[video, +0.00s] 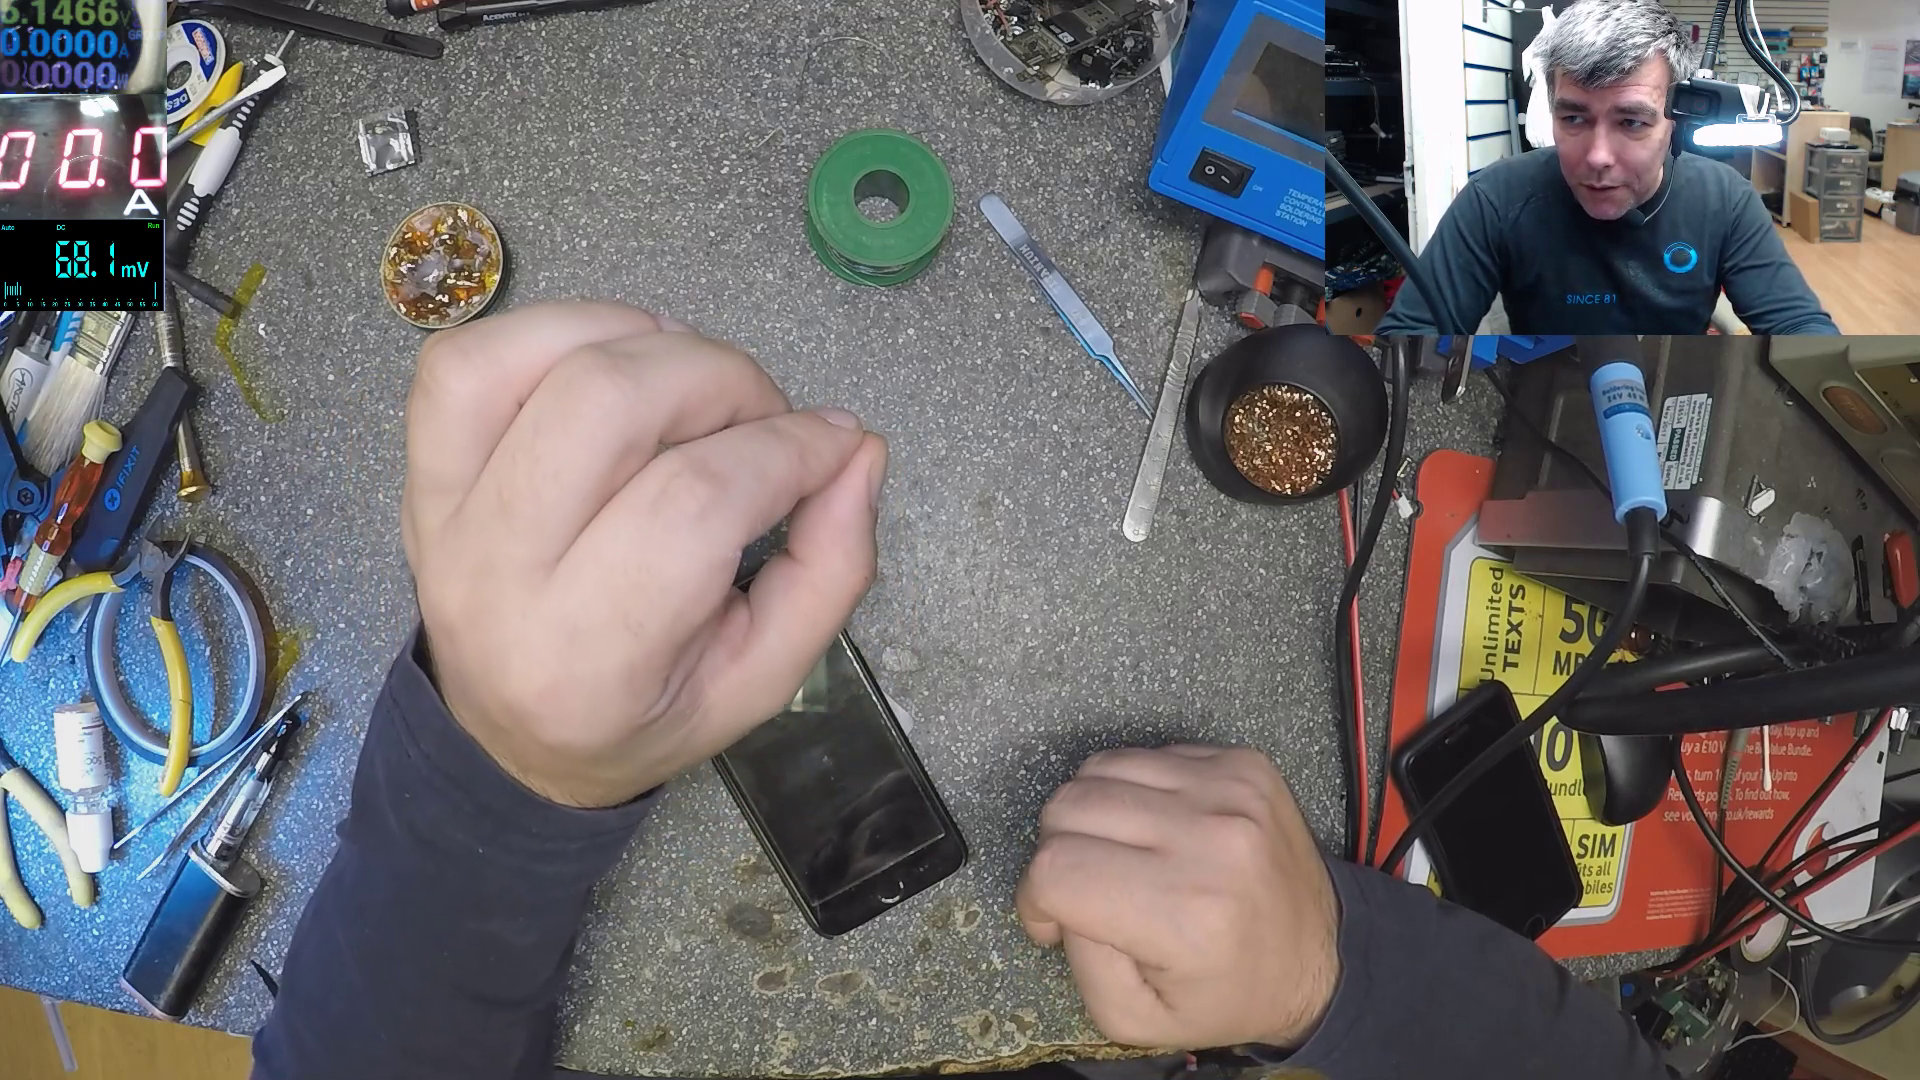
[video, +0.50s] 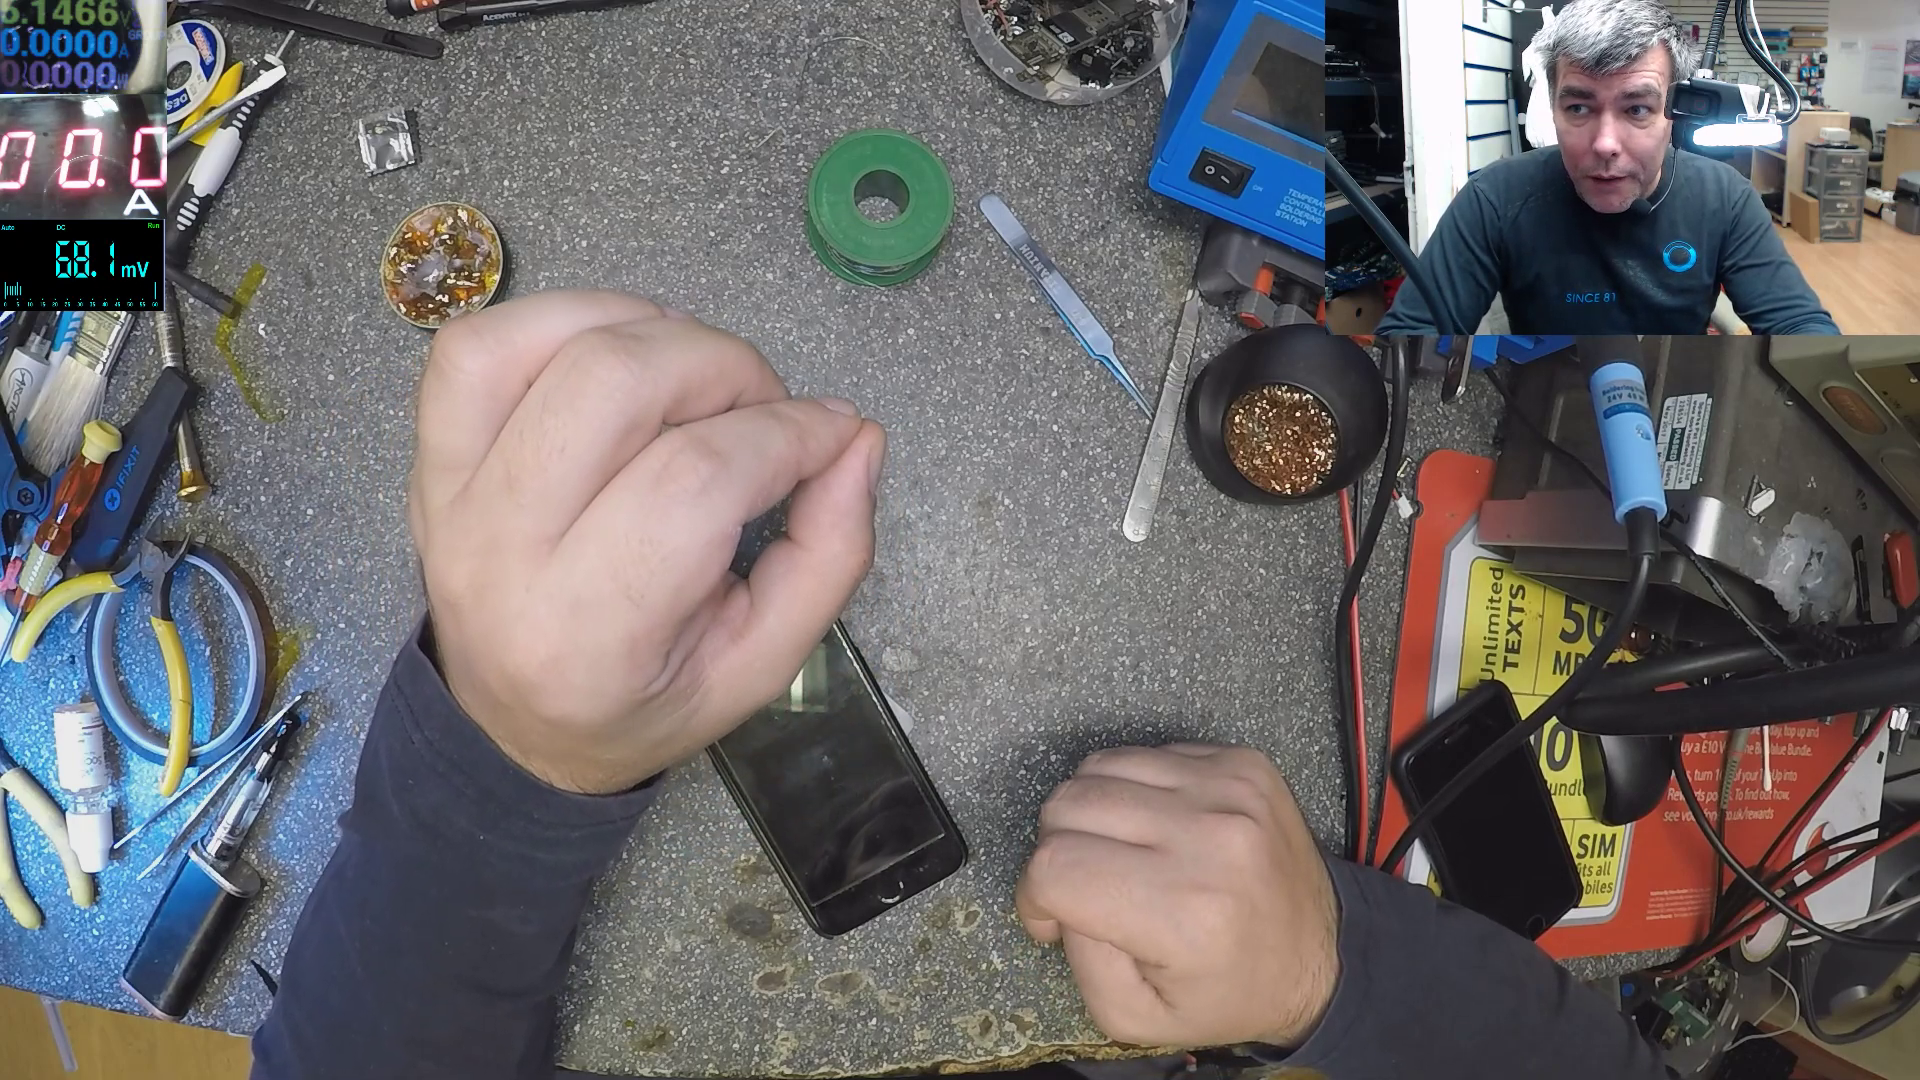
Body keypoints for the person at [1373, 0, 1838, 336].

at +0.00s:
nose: (1599, 158)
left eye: (1632, 123)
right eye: (1575, 119)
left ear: (1670, 119)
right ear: (1549, 111)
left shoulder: (1722, 201)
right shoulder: (1496, 203)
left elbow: (1802, 329)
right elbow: (1407, 338)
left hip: (1680, 421)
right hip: (1544, 421)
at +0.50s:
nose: (1606, 145)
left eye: (1636, 111)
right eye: (1579, 109)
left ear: (1670, 113)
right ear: (1550, 109)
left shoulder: (1722, 199)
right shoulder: (1495, 203)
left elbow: (1801, 327)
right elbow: (1407, 337)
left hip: (1681, 421)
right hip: (1544, 422)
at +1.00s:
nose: (1598, 141)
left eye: (1631, 107)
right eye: (1574, 104)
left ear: (1668, 110)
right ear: (1549, 107)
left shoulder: (1722, 199)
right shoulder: (1496, 203)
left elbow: (1801, 327)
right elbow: (1408, 337)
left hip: (1683, 418)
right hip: (1545, 420)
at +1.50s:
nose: (1588, 142)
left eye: (1622, 110)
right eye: (1567, 106)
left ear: (1665, 116)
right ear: (1543, 109)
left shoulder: (1720, 199)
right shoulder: (1495, 203)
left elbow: (1802, 329)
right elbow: (1407, 338)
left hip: (1680, 423)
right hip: (1544, 424)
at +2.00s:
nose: (1589, 135)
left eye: (1623, 103)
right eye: (1568, 101)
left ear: (1666, 111)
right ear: (1545, 108)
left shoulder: (1721, 200)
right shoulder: (1496, 203)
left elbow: (1802, 329)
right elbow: (1407, 337)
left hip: (1681, 419)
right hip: (1544, 420)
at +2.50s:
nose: (1590, 148)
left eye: (1624, 113)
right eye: (1567, 110)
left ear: (1666, 114)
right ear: (1543, 110)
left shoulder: (1721, 200)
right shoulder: (1496, 203)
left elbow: (1802, 329)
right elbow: (1406, 335)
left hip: (1681, 423)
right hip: (1545, 425)